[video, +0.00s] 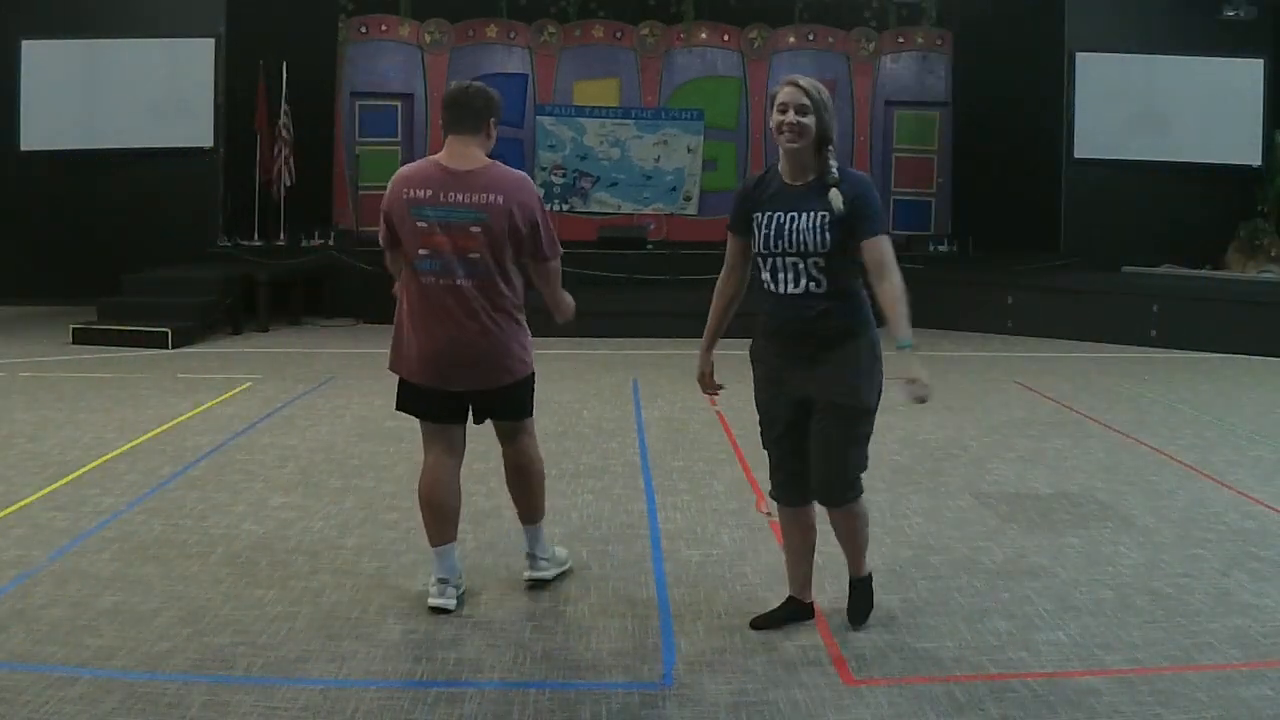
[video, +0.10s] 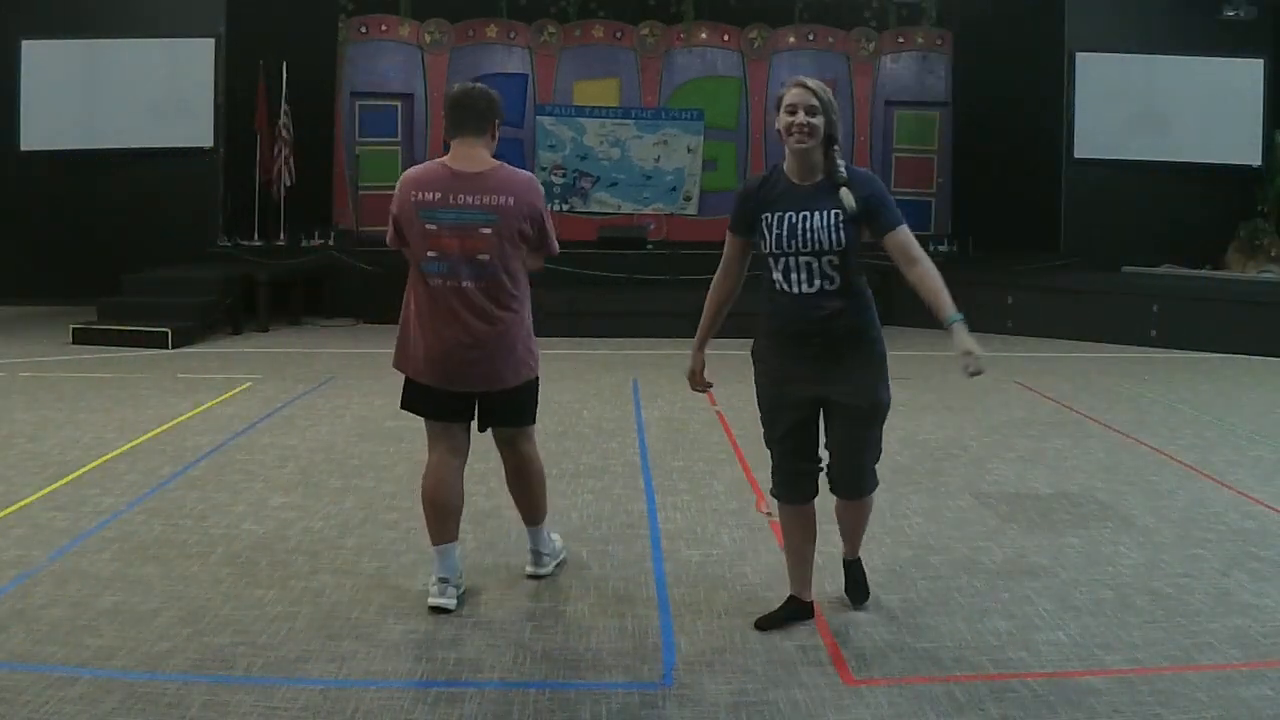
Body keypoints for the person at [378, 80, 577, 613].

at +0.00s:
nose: (498, 133)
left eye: (494, 127)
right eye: (497, 127)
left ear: (441, 125)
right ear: (491, 128)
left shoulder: (404, 182)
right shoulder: (516, 189)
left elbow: (394, 259)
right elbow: (543, 269)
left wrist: (417, 294)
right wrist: (559, 305)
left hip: (427, 350)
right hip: (500, 349)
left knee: (439, 453)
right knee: (518, 440)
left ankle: (445, 579)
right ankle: (538, 553)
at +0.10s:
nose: (499, 134)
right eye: (499, 128)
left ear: (445, 127)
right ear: (495, 129)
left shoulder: (412, 183)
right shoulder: (521, 186)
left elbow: (405, 246)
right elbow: (540, 255)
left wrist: (472, 247)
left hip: (434, 351)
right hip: (505, 351)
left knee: (443, 452)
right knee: (518, 443)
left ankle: (445, 578)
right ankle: (540, 547)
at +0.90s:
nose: (531, 133)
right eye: (531, 127)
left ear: (477, 128)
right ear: (526, 130)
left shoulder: (451, 185)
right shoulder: (548, 178)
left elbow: (439, 224)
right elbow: (496, 192)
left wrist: (425, 190)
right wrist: (431, 192)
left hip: (465, 340)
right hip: (533, 340)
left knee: (458, 434)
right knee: (531, 434)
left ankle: (445, 554)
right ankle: (539, 550)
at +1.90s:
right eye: (548, 127)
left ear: (497, 130)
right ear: (545, 131)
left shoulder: (467, 193)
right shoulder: (570, 182)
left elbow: (467, 244)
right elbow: (527, 219)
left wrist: (443, 233)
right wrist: (457, 230)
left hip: (491, 344)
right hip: (559, 343)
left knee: (477, 438)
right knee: (555, 439)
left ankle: (450, 551)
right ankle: (561, 554)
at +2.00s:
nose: (548, 134)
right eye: (552, 127)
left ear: (502, 131)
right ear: (550, 131)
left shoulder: (472, 195)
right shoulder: (578, 185)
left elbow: (476, 255)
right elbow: (575, 244)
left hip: (497, 344)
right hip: (565, 343)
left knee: (481, 437)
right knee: (559, 441)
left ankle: (453, 550)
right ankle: (561, 554)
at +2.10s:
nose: (554, 132)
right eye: (557, 126)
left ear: (506, 131)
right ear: (555, 130)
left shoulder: (478, 196)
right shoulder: (586, 189)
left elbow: (477, 260)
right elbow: (596, 248)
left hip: (502, 343)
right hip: (570, 344)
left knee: (485, 435)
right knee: (562, 441)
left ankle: (456, 546)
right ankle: (562, 552)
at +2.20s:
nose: (562, 133)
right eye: (562, 127)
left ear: (512, 131)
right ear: (560, 132)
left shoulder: (485, 198)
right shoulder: (591, 194)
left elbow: (476, 279)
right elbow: (630, 259)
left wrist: (475, 341)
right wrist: (646, 302)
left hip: (508, 341)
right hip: (575, 344)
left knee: (488, 435)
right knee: (565, 440)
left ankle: (455, 542)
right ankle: (562, 553)